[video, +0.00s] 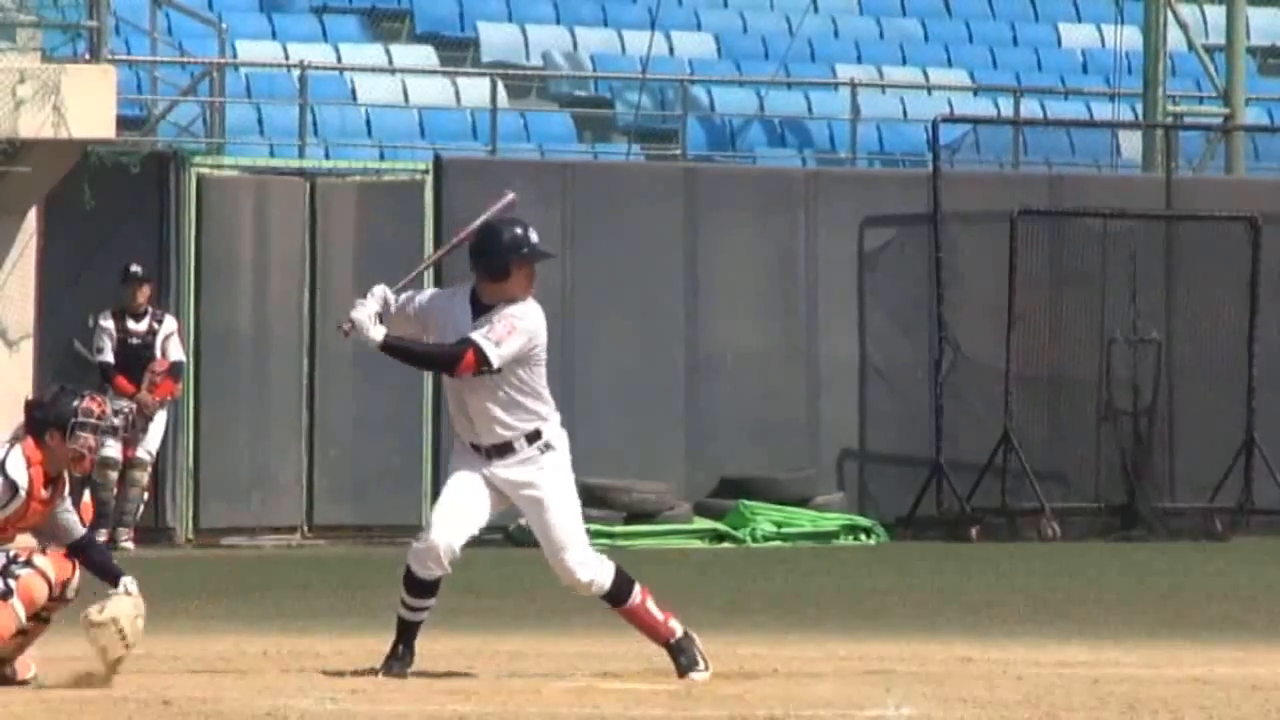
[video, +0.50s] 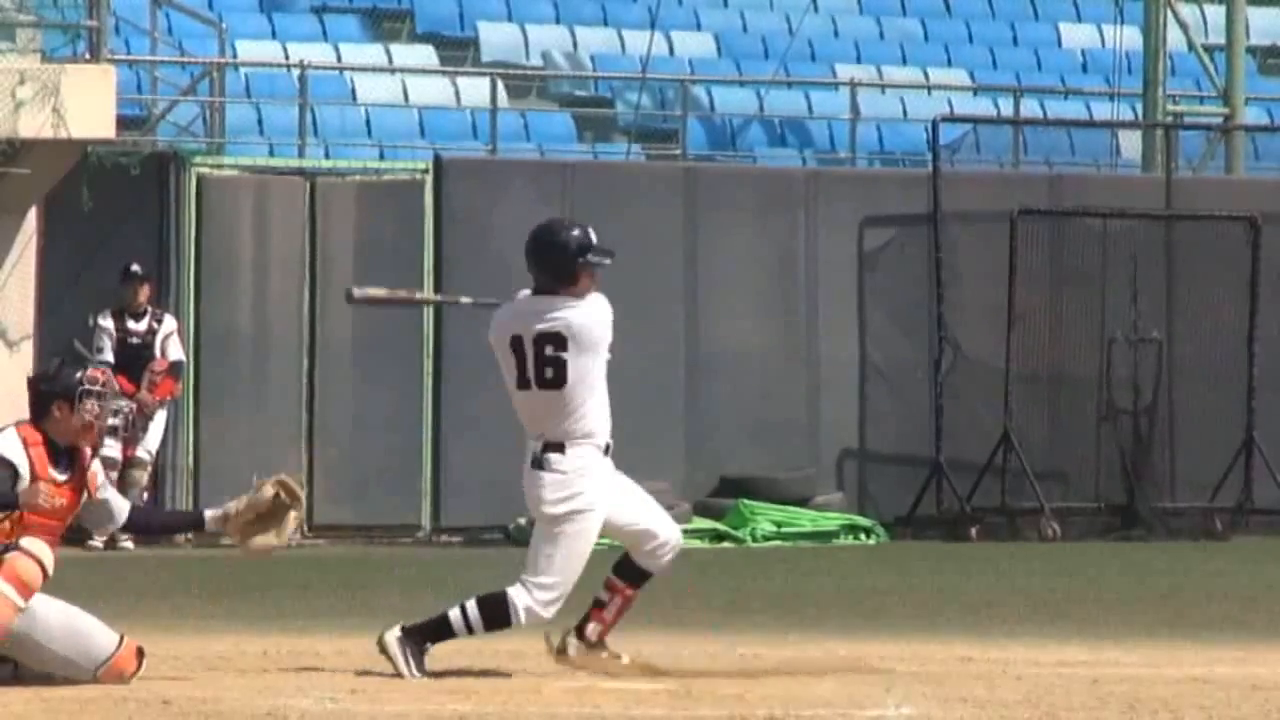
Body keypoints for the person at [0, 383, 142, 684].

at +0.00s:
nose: (91, 443)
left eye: (93, 434)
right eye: (82, 434)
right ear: (52, 437)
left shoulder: (52, 477)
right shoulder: (11, 475)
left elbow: (79, 540)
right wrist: (13, 549)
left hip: (5, 557)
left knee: (62, 572)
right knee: (33, 582)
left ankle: (5, 660)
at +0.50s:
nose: (97, 412)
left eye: (98, 403)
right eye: (87, 404)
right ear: (59, 410)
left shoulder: (80, 464)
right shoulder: (14, 446)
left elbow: (129, 518)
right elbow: (1, 495)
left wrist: (217, 519)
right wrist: (17, 499)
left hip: (11, 594)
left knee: (120, 662)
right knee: (34, 553)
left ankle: (13, 667)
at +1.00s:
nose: (80, 312)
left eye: (80, 302)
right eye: (74, 302)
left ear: (50, 307)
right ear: (52, 307)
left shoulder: (45, 356)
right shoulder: (14, 354)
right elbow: (35, 444)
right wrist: (101, 489)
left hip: (8, 509)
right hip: (3, 509)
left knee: (84, 586)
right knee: (25, 566)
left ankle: (9, 653)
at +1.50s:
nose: (112, 224)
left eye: (112, 214)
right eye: (106, 213)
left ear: (82, 215)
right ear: (82, 214)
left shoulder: (62, 265)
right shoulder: (36, 256)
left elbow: (32, 353)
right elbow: (3, 335)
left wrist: (55, 418)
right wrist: (13, 406)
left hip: (16, 418)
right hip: (3, 419)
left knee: (20, 535)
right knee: (55, 516)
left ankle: (17, 651)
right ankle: (35, 656)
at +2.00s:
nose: (130, 194)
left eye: (131, 184)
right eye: (124, 183)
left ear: (104, 183)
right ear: (98, 182)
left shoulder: (94, 240)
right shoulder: (47, 239)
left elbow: (83, 331)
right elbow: (29, 330)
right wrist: (58, 409)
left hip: (68, 391)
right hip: (26, 392)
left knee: (101, 517)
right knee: (59, 520)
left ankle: (54, 638)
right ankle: (25, 655)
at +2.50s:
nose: (198, 184)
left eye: (198, 173)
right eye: (193, 173)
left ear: (166, 175)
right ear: (168, 174)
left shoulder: (160, 233)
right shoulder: (117, 227)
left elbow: (153, 311)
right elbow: (110, 317)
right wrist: (134, 397)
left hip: (144, 391)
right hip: (96, 388)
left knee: (160, 526)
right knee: (88, 527)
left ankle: (159, 660)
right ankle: (32, 657)